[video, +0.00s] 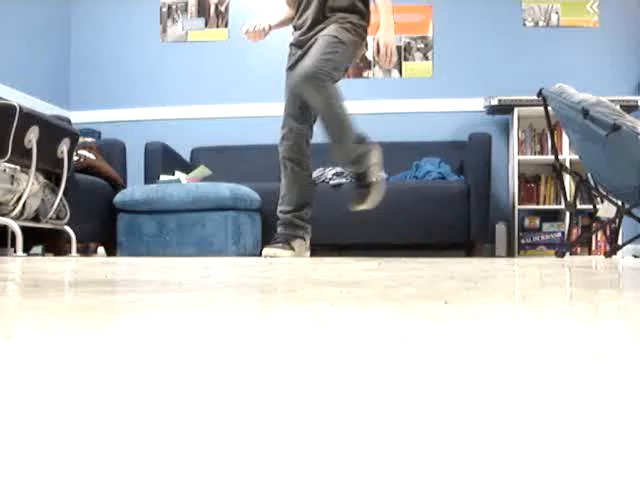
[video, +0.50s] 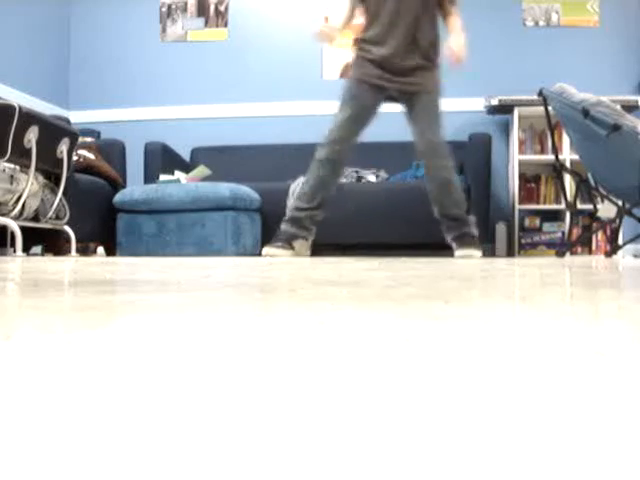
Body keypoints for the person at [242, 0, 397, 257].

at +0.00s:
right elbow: (294, 9)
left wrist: (386, 28)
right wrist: (268, 25)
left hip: (345, 17)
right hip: (305, 28)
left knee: (308, 77)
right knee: (293, 139)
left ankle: (362, 161)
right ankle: (293, 237)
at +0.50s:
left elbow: (450, 11)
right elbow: (352, 8)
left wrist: (457, 38)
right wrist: (337, 29)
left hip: (420, 68)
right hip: (371, 65)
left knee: (432, 148)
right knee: (335, 142)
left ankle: (463, 239)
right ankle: (295, 236)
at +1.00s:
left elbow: (484, 9)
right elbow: (395, 3)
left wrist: (504, 62)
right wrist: (384, 29)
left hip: (457, 50)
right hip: (412, 43)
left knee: (462, 141)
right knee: (392, 99)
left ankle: (471, 234)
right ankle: (430, 197)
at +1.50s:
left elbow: (441, 3)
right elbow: (353, 9)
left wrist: (446, 27)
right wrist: (344, 40)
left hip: (414, 53)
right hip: (368, 54)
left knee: (427, 148)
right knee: (362, 151)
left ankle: (452, 232)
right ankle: (362, 238)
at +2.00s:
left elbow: (423, 3)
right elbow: (338, 9)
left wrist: (435, 30)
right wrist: (326, 27)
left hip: (398, 39)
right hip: (351, 43)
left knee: (397, 128)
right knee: (354, 147)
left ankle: (420, 221)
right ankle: (361, 235)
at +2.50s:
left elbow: (472, 7)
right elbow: (383, 5)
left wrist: (486, 58)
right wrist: (370, 34)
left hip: (449, 60)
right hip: (401, 58)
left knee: (459, 154)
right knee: (381, 149)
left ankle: (470, 238)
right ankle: (364, 238)